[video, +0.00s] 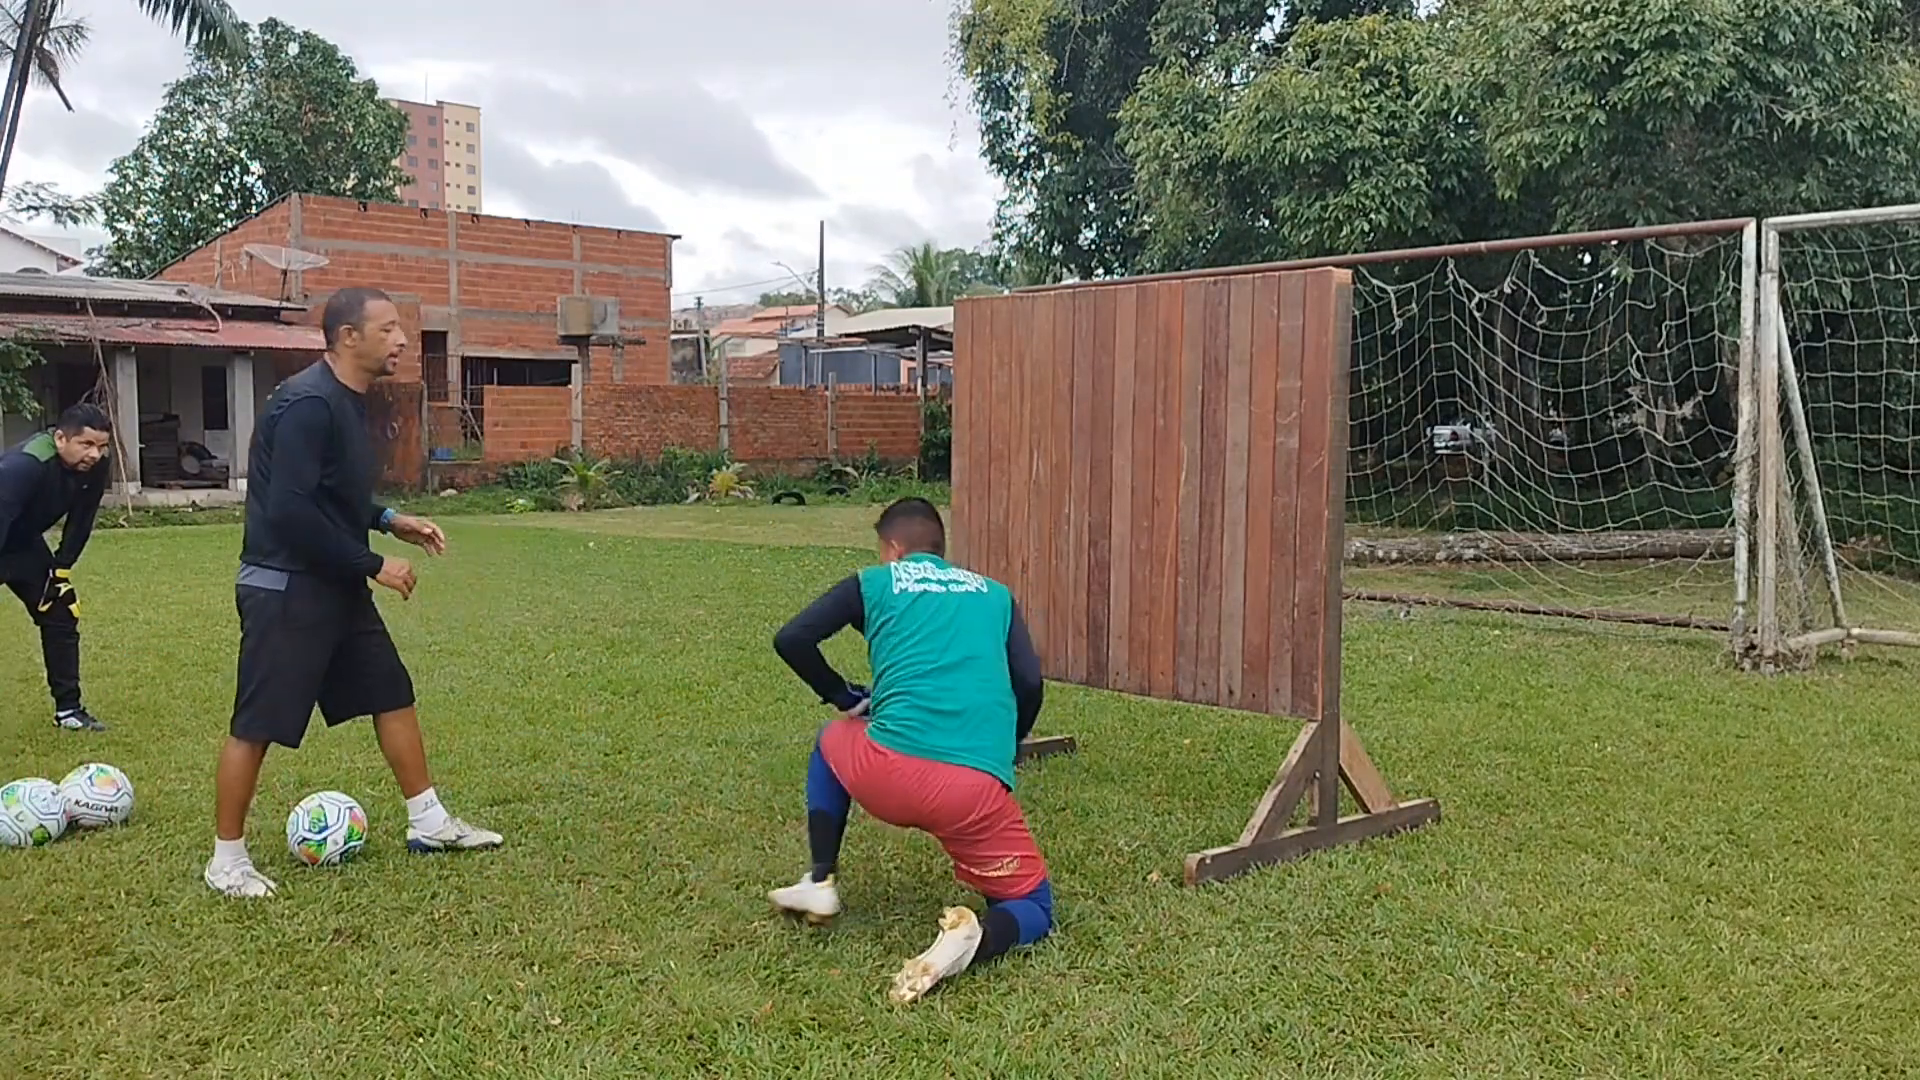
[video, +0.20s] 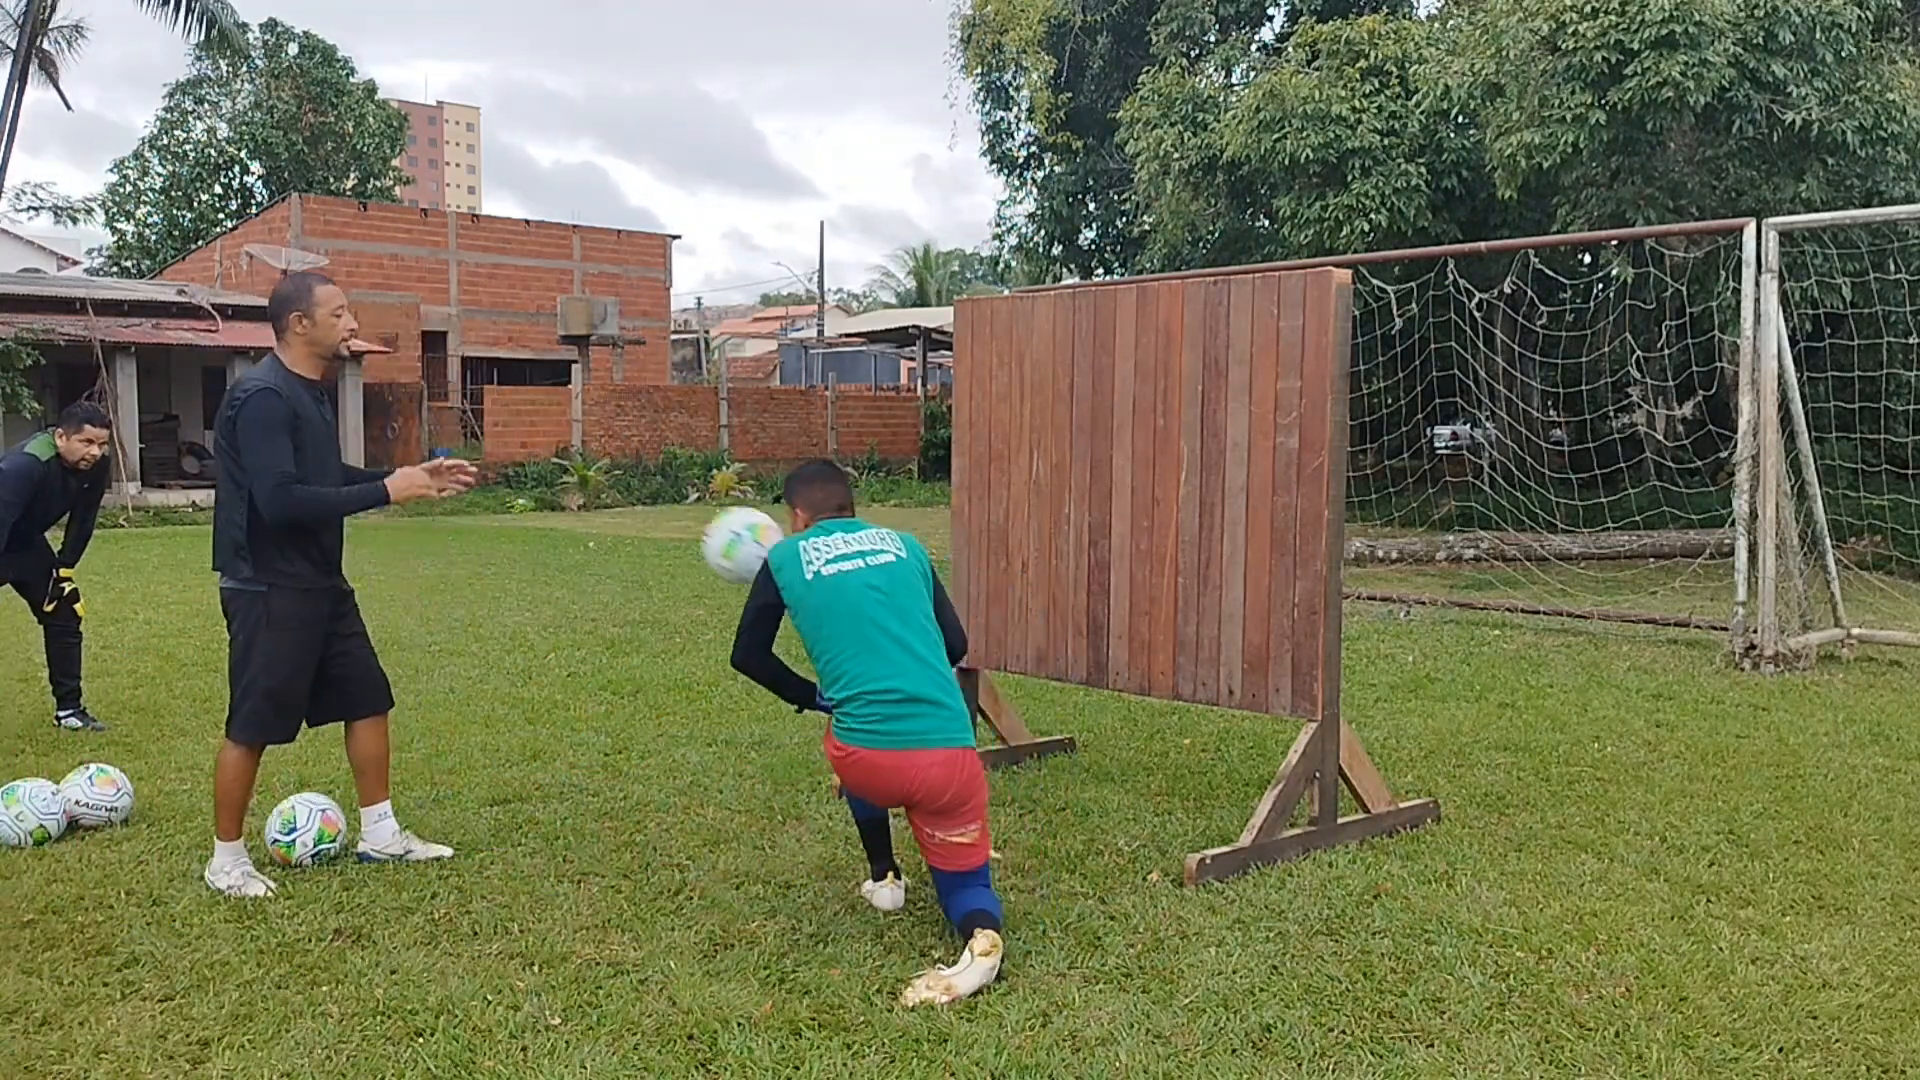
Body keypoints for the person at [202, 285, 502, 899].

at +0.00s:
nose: (398, 340)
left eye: (397, 329)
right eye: (387, 329)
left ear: (356, 340)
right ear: (347, 338)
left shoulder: (347, 401)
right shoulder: (306, 404)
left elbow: (338, 495)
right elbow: (289, 511)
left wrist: (393, 521)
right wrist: (374, 564)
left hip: (336, 585)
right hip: (283, 588)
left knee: (393, 695)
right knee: (254, 724)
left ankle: (429, 822)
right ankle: (227, 860)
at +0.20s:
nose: (353, 325)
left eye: (350, 312)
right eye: (340, 314)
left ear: (310, 325)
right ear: (299, 326)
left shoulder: (310, 394)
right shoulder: (262, 398)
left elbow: (331, 480)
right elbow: (280, 501)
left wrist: (413, 477)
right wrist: (384, 492)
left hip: (320, 584)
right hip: (268, 589)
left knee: (367, 700)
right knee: (251, 724)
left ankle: (381, 834)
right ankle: (227, 859)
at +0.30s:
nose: (335, 319)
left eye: (331, 308)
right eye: (322, 310)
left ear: (291, 322)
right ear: (282, 322)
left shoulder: (299, 391)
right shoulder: (249, 394)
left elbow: (328, 475)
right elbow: (289, 489)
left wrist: (406, 457)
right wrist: (383, 451)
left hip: (313, 580)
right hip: (261, 585)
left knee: (358, 701)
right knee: (250, 723)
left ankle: (380, 835)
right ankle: (227, 860)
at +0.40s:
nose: (323, 319)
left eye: (320, 307)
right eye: (310, 309)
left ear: (278, 320)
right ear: (270, 320)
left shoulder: (293, 390)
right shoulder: (240, 393)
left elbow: (319, 474)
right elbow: (295, 483)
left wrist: (403, 453)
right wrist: (381, 434)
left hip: (309, 579)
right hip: (255, 583)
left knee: (350, 703)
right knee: (248, 722)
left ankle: (378, 834)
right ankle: (226, 858)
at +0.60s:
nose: (314, 321)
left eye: (310, 309)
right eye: (301, 312)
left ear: (268, 323)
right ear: (262, 324)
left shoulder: (277, 391)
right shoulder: (236, 397)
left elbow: (304, 483)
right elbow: (273, 498)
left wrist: (372, 482)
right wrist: (368, 491)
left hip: (304, 580)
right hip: (255, 586)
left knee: (345, 706)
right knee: (246, 726)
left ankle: (378, 834)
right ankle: (226, 859)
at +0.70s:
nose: (315, 323)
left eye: (311, 311)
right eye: (302, 314)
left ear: (270, 324)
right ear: (262, 325)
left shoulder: (278, 391)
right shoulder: (231, 397)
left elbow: (303, 483)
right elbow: (258, 503)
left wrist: (362, 489)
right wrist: (356, 504)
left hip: (305, 580)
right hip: (252, 587)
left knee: (347, 703)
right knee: (246, 725)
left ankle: (378, 834)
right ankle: (226, 859)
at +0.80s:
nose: (319, 325)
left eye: (315, 313)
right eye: (307, 315)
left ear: (272, 325)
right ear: (266, 325)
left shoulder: (285, 391)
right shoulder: (227, 400)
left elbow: (298, 480)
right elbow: (233, 509)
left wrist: (356, 482)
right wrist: (344, 524)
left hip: (310, 579)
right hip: (252, 586)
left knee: (359, 701)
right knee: (244, 726)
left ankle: (379, 834)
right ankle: (225, 859)